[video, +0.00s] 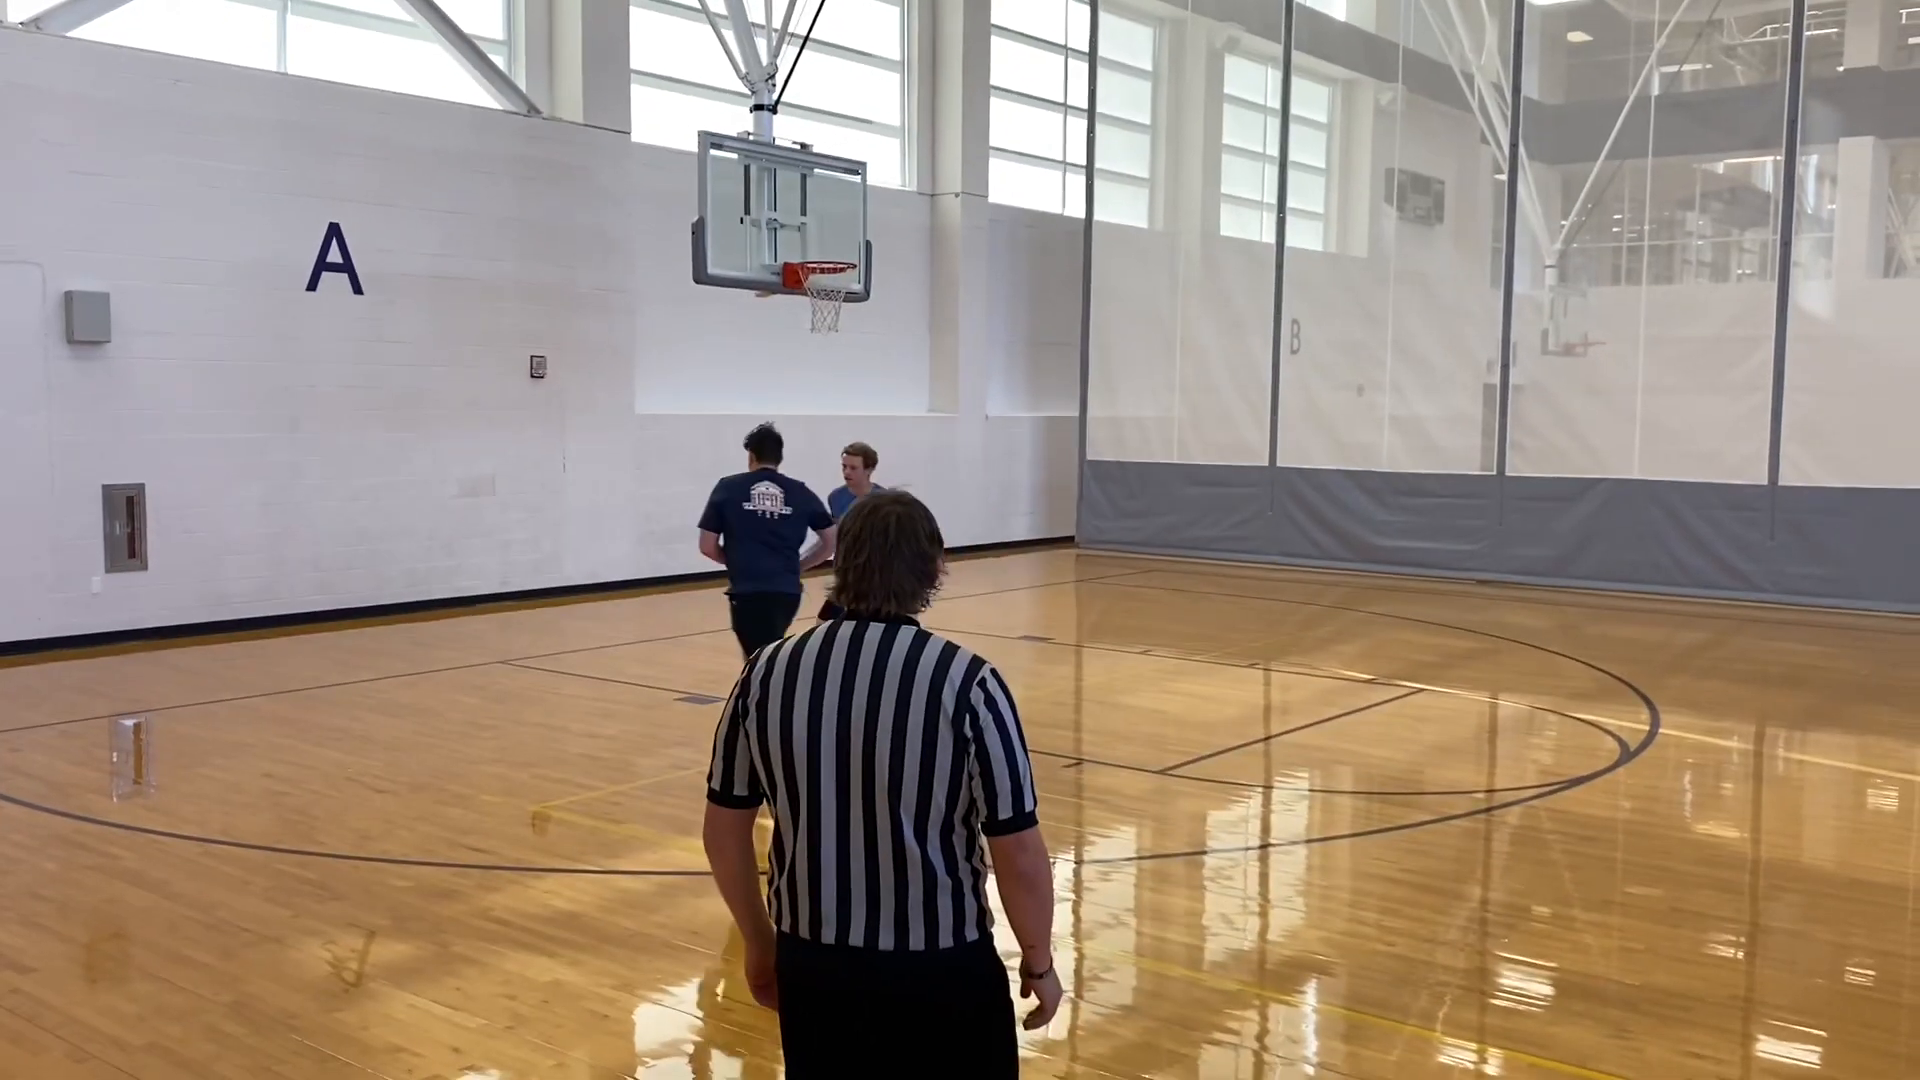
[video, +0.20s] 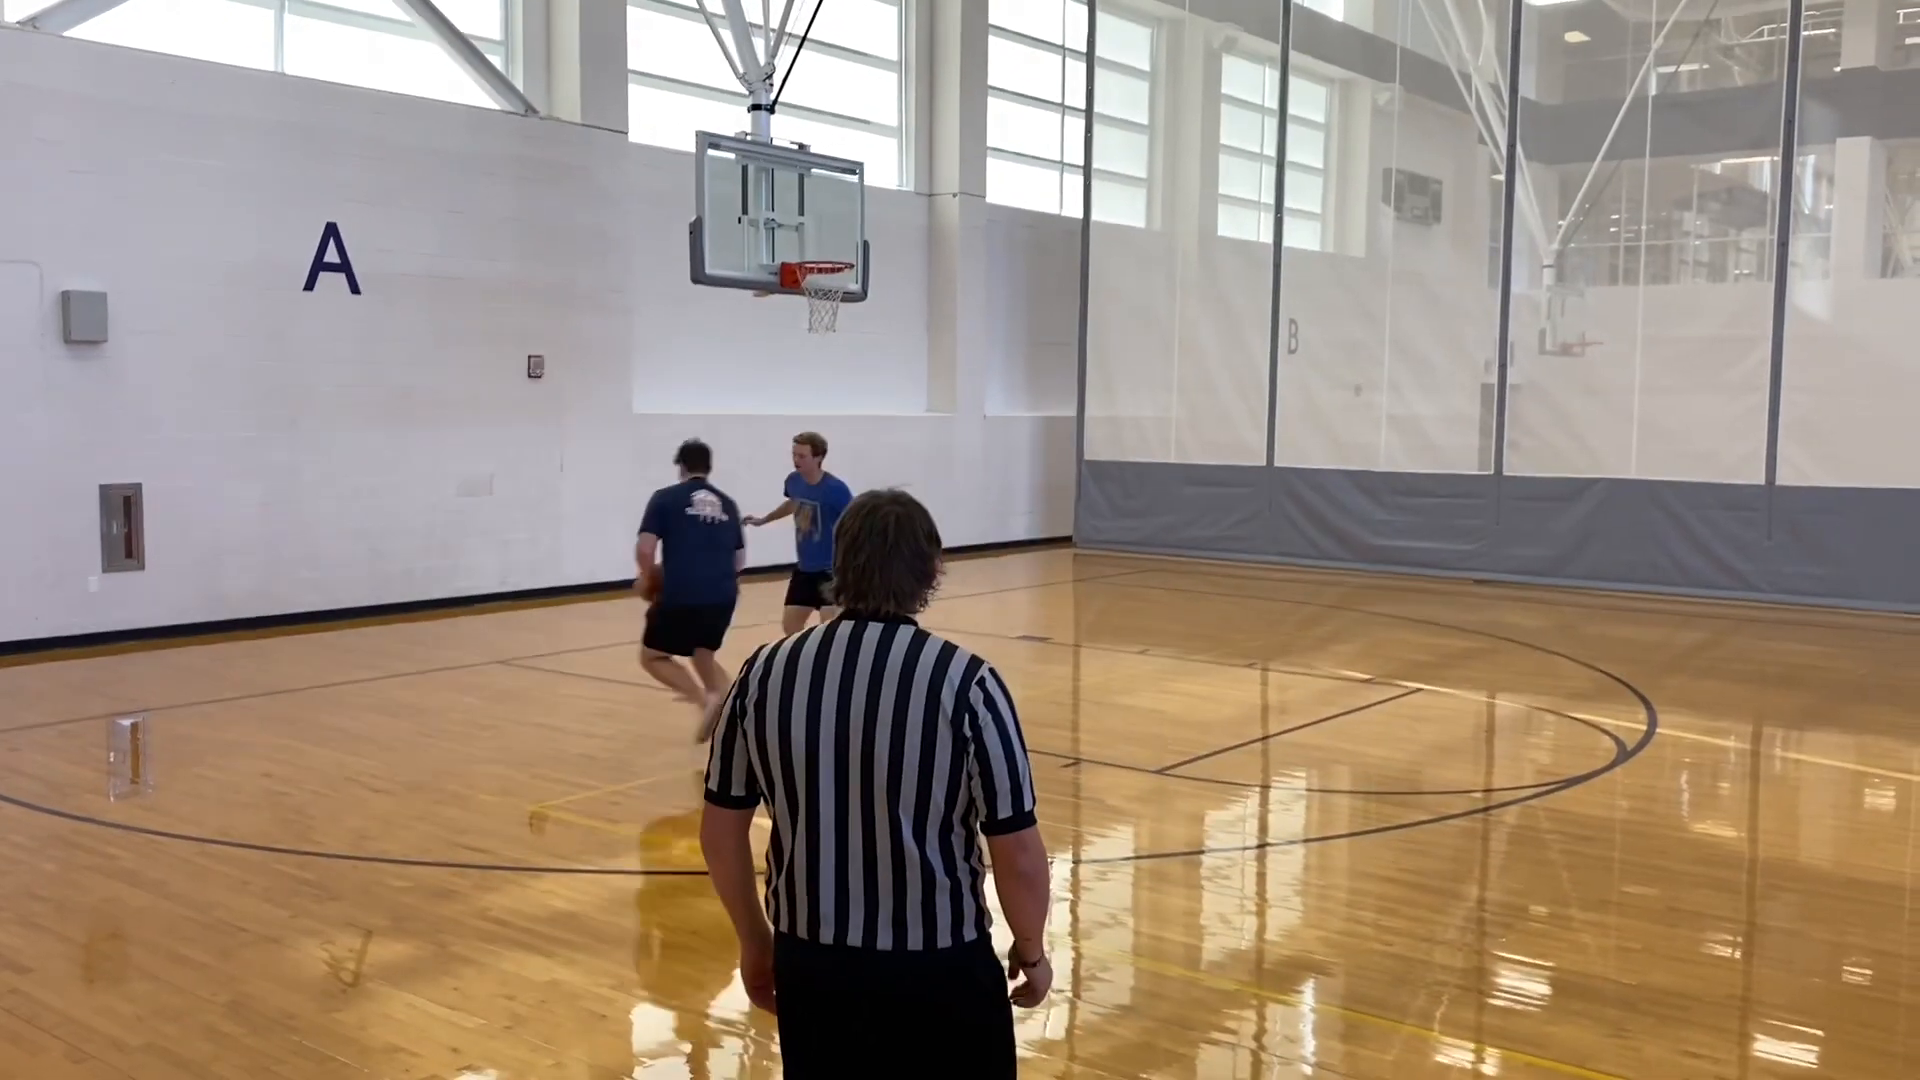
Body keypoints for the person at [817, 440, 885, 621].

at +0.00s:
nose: (846, 473)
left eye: (853, 468)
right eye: (844, 467)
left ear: (869, 470)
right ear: (840, 466)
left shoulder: (884, 498)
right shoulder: (835, 498)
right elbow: (838, 533)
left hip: (879, 569)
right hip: (847, 570)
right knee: (824, 620)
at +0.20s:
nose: (796, 461)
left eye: (801, 456)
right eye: (794, 455)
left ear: (818, 458)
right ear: (792, 455)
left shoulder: (837, 490)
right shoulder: (794, 481)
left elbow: (854, 529)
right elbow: (793, 504)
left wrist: (848, 570)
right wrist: (764, 520)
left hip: (831, 572)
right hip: (804, 571)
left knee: (832, 630)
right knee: (791, 625)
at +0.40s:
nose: (761, 459)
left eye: (767, 455)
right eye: (760, 454)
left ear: (784, 457)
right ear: (760, 454)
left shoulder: (798, 487)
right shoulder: (769, 486)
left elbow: (826, 522)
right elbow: (775, 525)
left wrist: (814, 550)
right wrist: (754, 543)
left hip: (805, 569)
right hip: (776, 565)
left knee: (795, 627)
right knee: (749, 610)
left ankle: (802, 675)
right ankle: (759, 663)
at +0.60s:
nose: (722, 464)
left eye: (727, 460)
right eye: (722, 459)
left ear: (743, 465)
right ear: (727, 463)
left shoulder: (754, 496)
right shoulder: (727, 491)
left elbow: (778, 534)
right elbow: (731, 531)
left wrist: (759, 558)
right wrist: (711, 550)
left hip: (759, 575)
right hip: (735, 572)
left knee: (769, 632)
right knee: (730, 620)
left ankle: (811, 654)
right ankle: (751, 666)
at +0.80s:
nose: (681, 442)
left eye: (686, 439)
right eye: (682, 438)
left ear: (702, 446)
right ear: (693, 445)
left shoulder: (709, 475)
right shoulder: (687, 472)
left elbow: (714, 519)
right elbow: (693, 511)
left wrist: (690, 551)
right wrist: (676, 534)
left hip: (721, 551)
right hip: (698, 549)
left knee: (705, 609)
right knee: (673, 598)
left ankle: (726, 659)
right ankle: (705, 643)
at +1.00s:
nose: (644, 454)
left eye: (651, 452)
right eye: (647, 450)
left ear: (663, 462)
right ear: (655, 461)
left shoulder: (668, 490)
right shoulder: (650, 489)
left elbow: (637, 509)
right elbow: (649, 527)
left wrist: (598, 508)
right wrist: (623, 543)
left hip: (675, 567)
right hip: (652, 562)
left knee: (665, 625)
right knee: (621, 606)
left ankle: (711, 664)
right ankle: (616, 659)